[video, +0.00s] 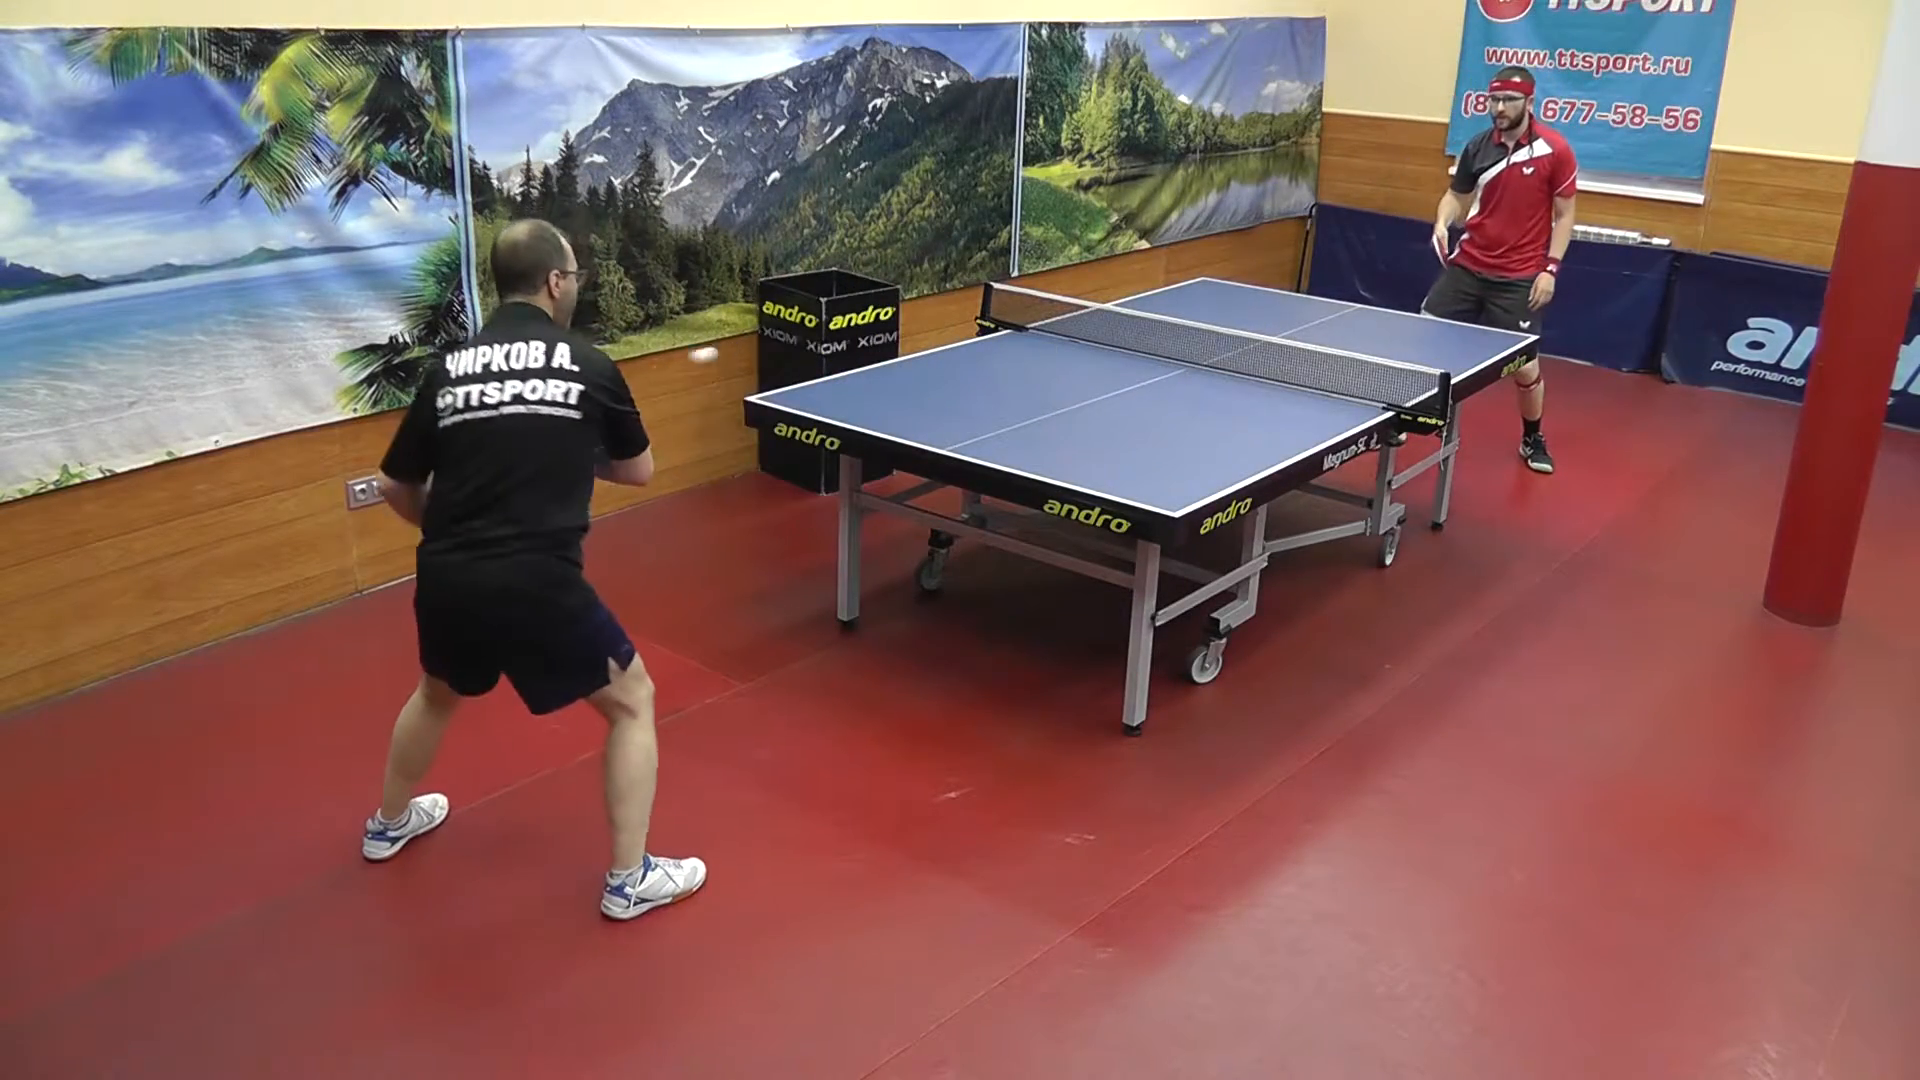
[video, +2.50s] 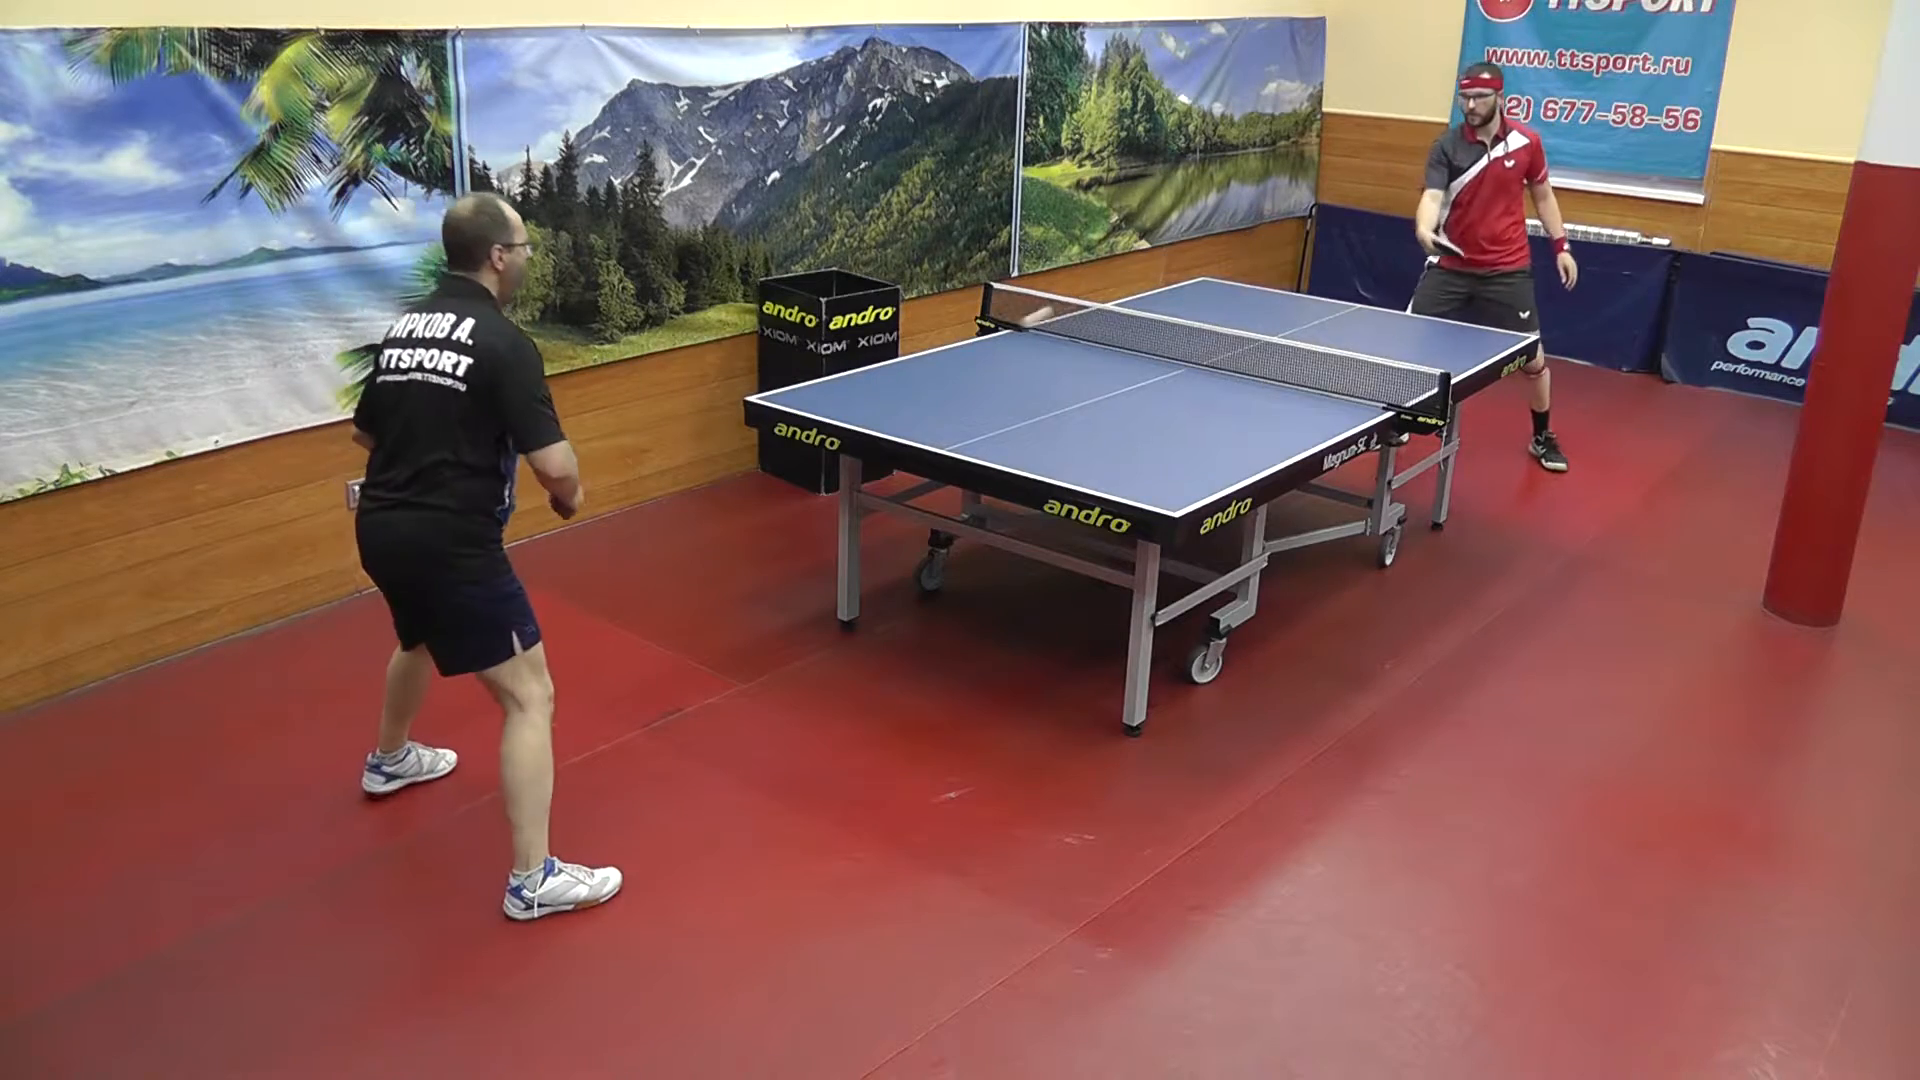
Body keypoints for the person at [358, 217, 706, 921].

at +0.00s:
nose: (576, 286)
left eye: (572, 273)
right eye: (572, 275)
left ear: (501, 284)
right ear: (554, 281)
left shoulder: (452, 365)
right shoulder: (587, 364)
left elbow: (398, 483)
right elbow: (637, 470)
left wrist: (448, 526)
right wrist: (566, 454)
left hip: (448, 580)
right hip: (540, 583)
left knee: (436, 693)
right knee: (631, 699)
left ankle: (388, 820)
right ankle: (630, 874)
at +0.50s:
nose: (612, 270)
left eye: (607, 258)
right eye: (606, 259)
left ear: (540, 275)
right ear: (588, 273)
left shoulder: (494, 357)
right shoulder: (622, 353)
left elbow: (435, 463)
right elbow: (732, 401)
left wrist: (483, 522)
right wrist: (856, 405)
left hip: (476, 567)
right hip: (564, 574)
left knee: (436, 700)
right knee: (643, 700)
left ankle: (388, 821)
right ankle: (630, 874)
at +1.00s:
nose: (582, 252)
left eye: (578, 241)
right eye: (574, 244)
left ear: (516, 258)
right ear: (547, 257)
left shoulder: (462, 322)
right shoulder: (555, 349)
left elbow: (420, 414)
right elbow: (595, 478)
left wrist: (485, 455)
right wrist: (669, 548)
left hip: (427, 530)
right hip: (500, 547)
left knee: (440, 648)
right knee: (586, 687)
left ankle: (402, 770)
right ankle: (623, 859)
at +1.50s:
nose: (538, 280)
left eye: (536, 268)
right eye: (525, 271)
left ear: (487, 279)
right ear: (481, 281)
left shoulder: (498, 333)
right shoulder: (432, 361)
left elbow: (522, 406)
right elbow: (370, 477)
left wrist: (576, 453)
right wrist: (393, 563)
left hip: (483, 541)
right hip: (459, 553)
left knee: (463, 654)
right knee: (535, 682)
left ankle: (390, 755)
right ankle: (586, 855)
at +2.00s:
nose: (432, 227)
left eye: (427, 215)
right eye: (422, 218)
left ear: (367, 236)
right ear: (393, 231)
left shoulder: (339, 332)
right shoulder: (431, 287)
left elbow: (331, 456)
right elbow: (513, 366)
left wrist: (397, 449)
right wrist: (456, 357)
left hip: (379, 510)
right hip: (445, 505)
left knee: (420, 632)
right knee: (483, 677)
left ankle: (387, 761)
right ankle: (473, 859)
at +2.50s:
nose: (526, 258)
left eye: (522, 245)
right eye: (520, 248)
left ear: (456, 255)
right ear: (496, 258)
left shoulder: (408, 324)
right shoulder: (504, 342)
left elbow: (367, 427)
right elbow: (556, 469)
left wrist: (425, 456)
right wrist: (566, 499)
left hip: (383, 529)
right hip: (453, 540)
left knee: (418, 638)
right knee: (529, 696)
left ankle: (389, 755)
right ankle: (532, 874)